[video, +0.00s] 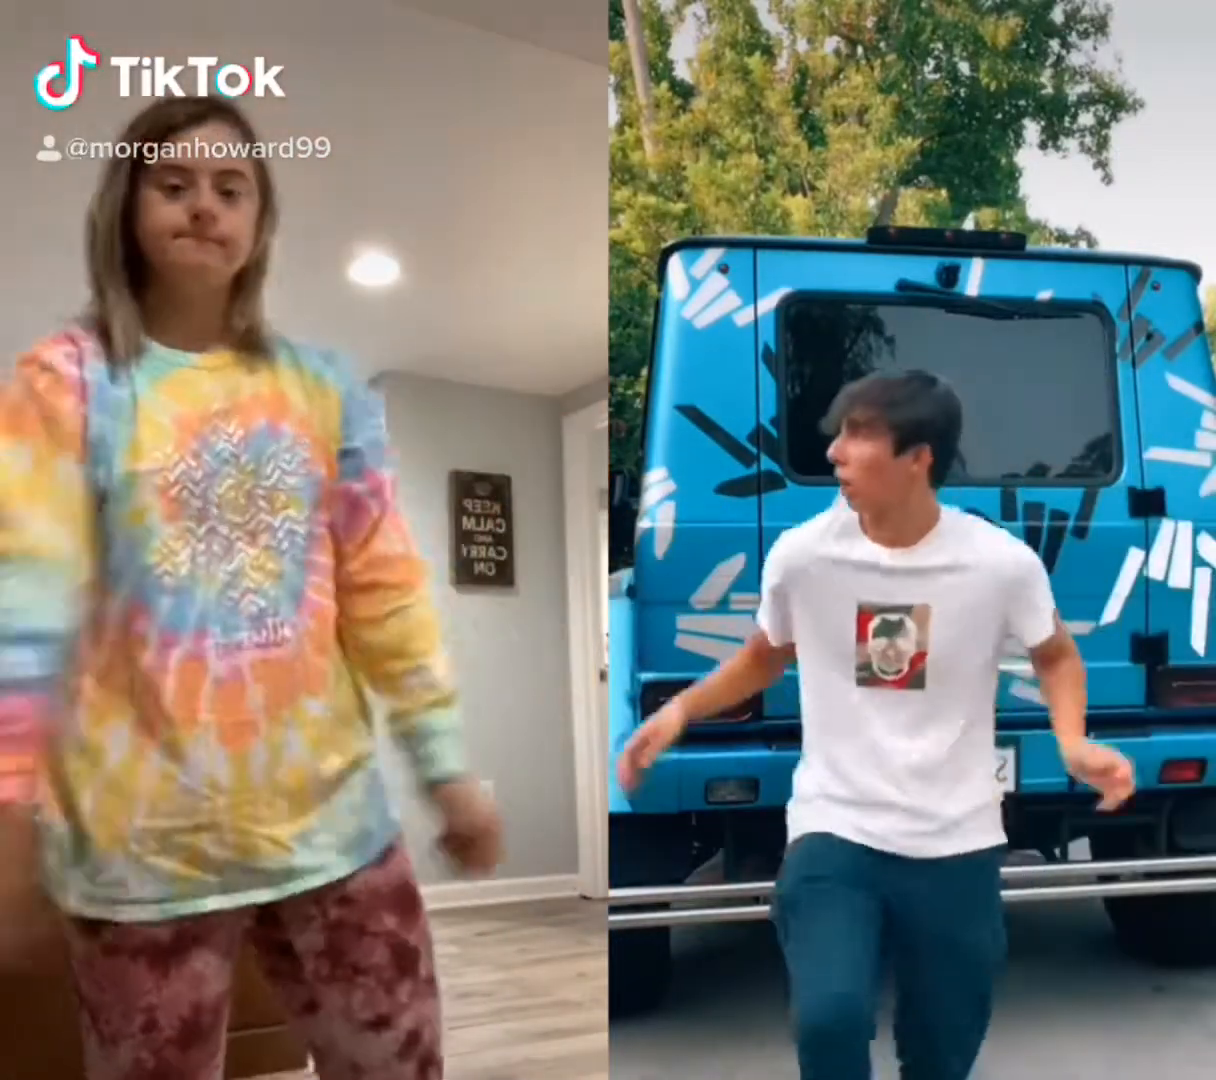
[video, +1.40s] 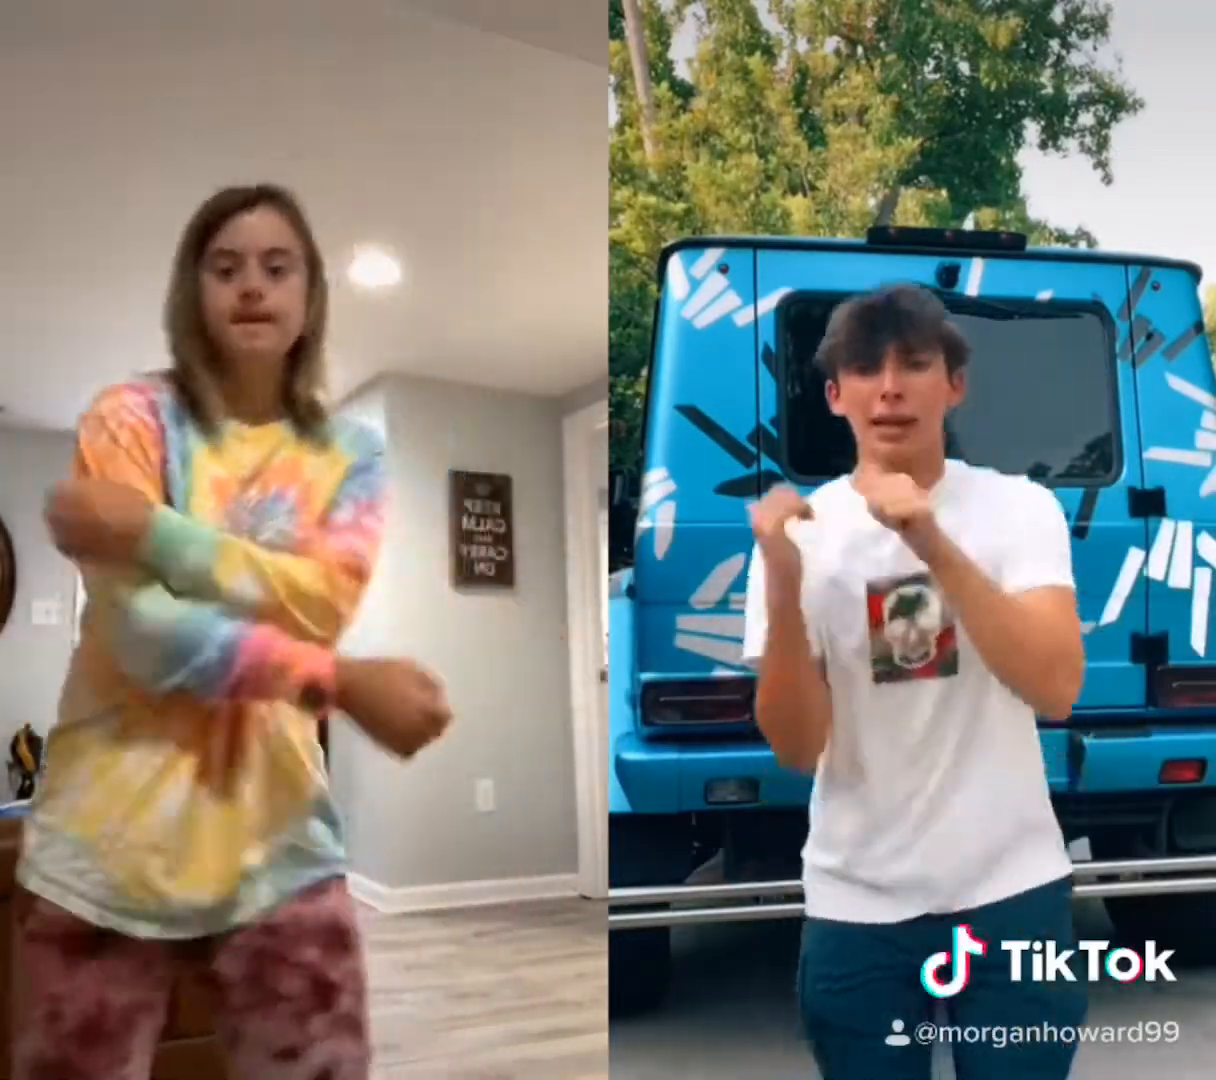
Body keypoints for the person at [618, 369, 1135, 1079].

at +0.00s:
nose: (836, 452)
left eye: (858, 437)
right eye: (840, 435)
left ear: (919, 461)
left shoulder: (1003, 566)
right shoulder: (800, 556)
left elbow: (1057, 655)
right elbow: (764, 655)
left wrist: (1074, 742)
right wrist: (679, 710)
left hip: (956, 849)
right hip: (834, 833)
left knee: (941, 1057)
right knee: (827, 1023)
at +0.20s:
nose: (828, 426)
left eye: (853, 410)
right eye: (828, 409)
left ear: (912, 432)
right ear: (821, 418)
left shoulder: (980, 534)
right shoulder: (793, 526)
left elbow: (1011, 644)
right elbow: (763, 656)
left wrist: (1038, 708)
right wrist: (672, 650)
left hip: (948, 814)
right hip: (832, 808)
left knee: (932, 1034)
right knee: (844, 1021)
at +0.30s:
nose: (863, 449)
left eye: (884, 432)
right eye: (847, 431)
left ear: (919, 452)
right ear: (825, 452)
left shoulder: (966, 563)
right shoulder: (785, 570)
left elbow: (984, 721)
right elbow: (760, 714)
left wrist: (910, 689)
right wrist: (778, 721)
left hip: (946, 854)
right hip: (826, 860)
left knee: (939, 1060)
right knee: (846, 1061)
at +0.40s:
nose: (882, 467)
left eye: (901, 452)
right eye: (864, 450)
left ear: (924, 472)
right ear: (827, 468)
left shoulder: (962, 574)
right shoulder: (778, 583)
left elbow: (969, 719)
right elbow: (768, 735)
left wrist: (858, 622)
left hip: (944, 866)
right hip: (818, 877)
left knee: (963, 1063)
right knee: (832, 1066)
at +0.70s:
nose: (911, 441)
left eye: (931, 423)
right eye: (891, 422)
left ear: (960, 437)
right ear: (858, 438)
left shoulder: (999, 558)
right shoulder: (806, 551)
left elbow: (1027, 724)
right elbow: (810, 720)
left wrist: (928, 666)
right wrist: (938, 673)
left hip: (966, 854)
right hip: (838, 862)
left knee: (963, 1063)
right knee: (853, 1062)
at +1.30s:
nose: (904, 442)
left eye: (927, 421)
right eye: (882, 423)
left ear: (961, 448)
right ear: (845, 452)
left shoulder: (1016, 580)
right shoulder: (786, 596)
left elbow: (1060, 778)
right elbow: (787, 795)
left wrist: (982, 644)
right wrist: (852, 649)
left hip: (992, 924)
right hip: (841, 933)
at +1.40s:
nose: (890, 388)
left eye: (913, 366)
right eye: (868, 369)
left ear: (953, 387)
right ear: (836, 395)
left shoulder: (1020, 509)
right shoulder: (798, 532)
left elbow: (1056, 688)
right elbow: (798, 748)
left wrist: (932, 545)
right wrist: (783, 576)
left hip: (1010, 890)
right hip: (857, 900)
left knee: (1017, 1065)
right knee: (866, 1064)